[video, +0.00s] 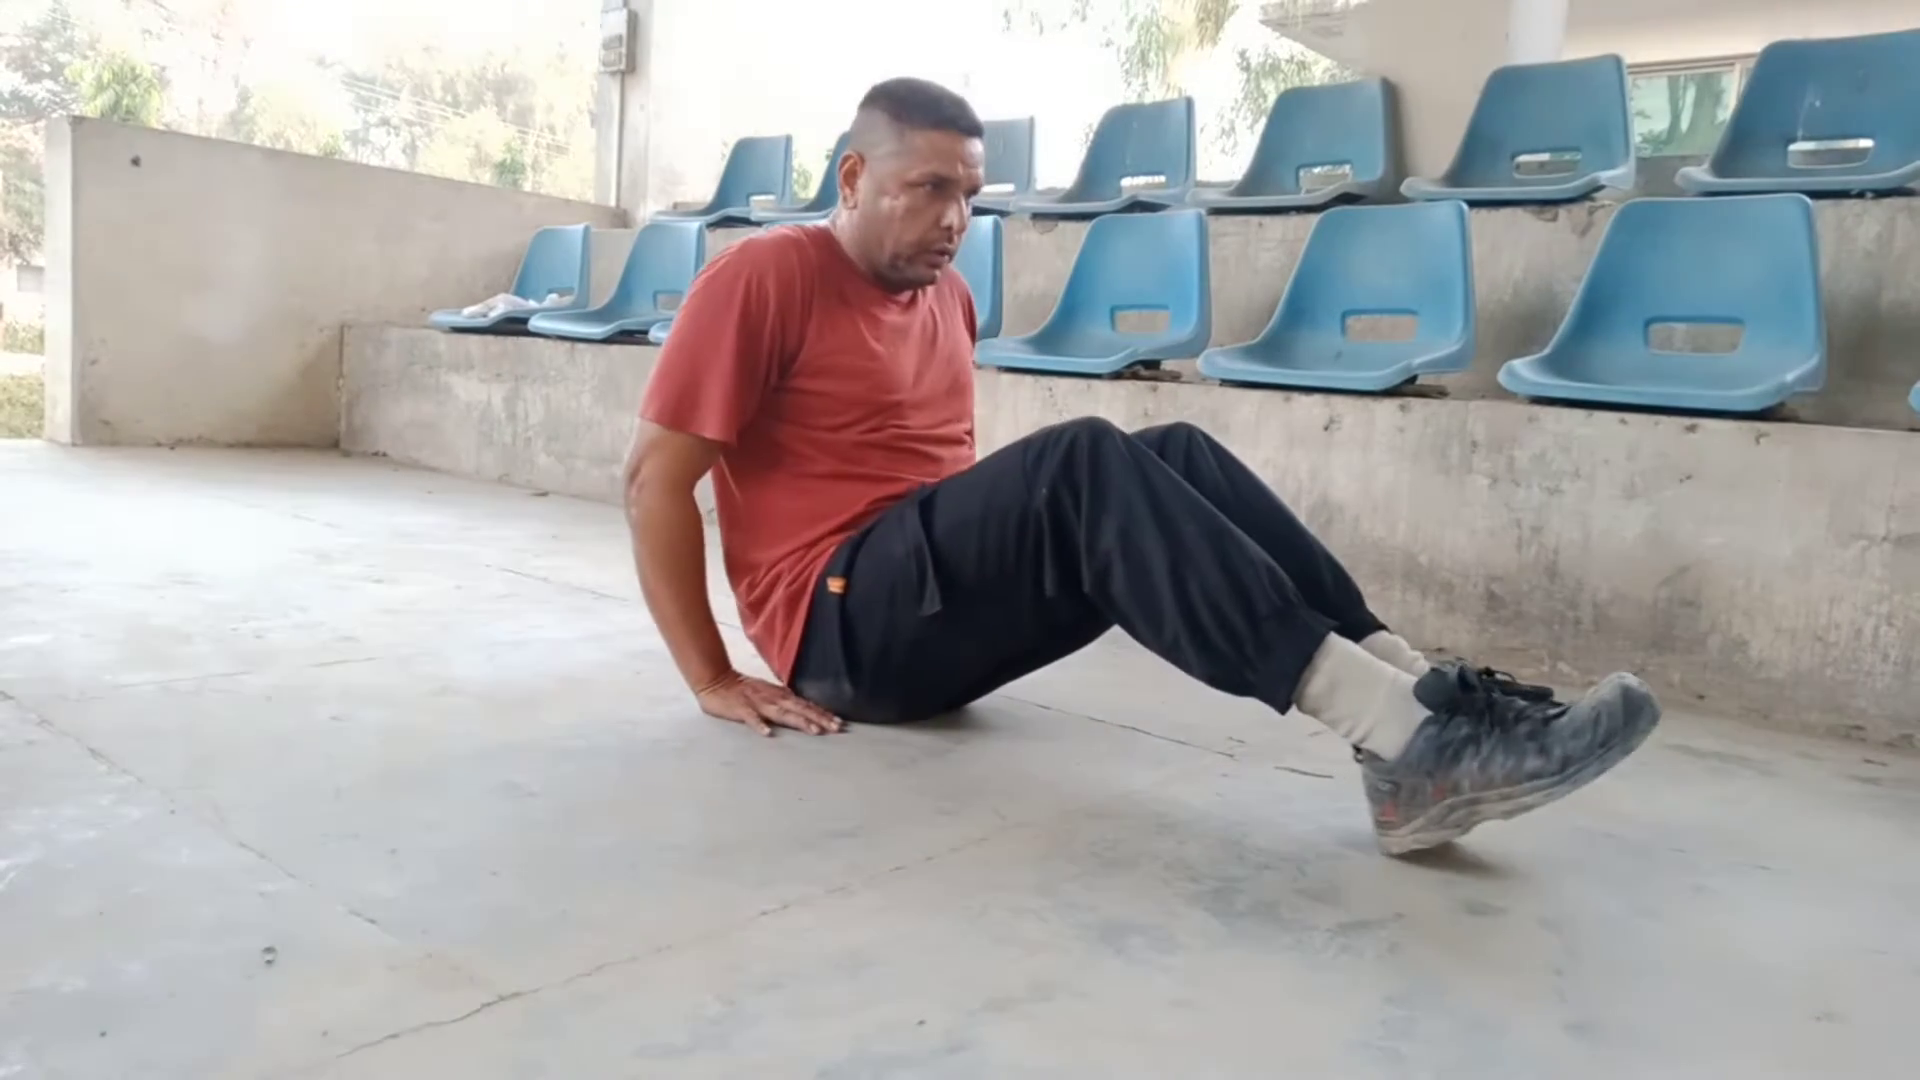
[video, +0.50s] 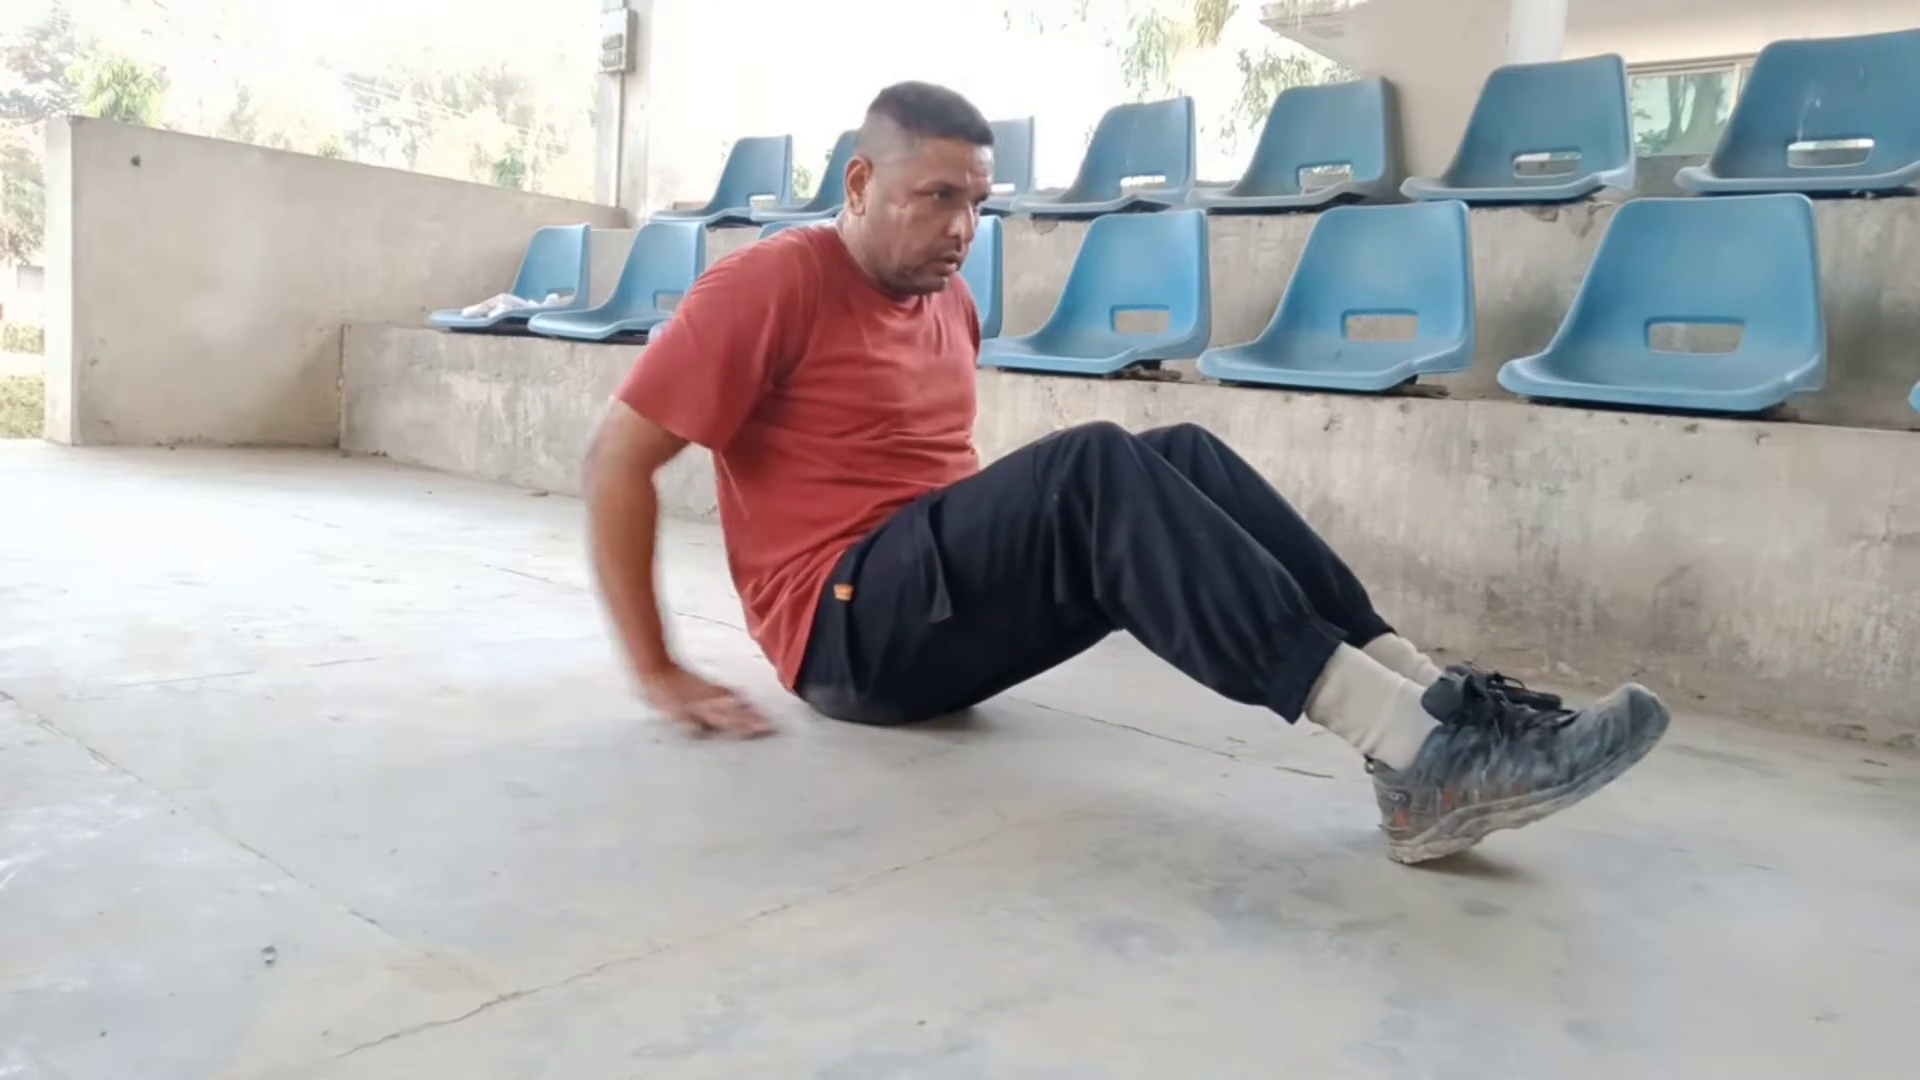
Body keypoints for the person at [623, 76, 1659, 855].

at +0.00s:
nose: (953, 218)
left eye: (966, 194)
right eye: (932, 190)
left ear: (966, 194)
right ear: (852, 179)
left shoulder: (944, 298)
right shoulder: (759, 278)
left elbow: (924, 470)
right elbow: (655, 479)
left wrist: (917, 636)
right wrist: (709, 680)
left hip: (930, 610)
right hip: (836, 624)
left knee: (1177, 457)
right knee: (1084, 462)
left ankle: (1443, 716)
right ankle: (1397, 746)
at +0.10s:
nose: (955, 221)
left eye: (967, 197)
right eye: (935, 193)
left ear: (962, 195)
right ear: (854, 180)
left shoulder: (945, 297)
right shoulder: (759, 278)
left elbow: (932, 465)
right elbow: (652, 481)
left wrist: (948, 614)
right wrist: (708, 678)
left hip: (936, 602)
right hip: (839, 619)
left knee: (1179, 456)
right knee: (1095, 470)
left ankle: (1447, 718)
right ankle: (1405, 758)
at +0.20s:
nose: (957, 220)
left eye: (968, 196)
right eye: (935, 194)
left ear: (965, 194)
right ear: (854, 183)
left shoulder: (947, 298)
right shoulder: (760, 281)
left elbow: (932, 466)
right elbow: (652, 482)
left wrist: (948, 617)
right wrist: (710, 679)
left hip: (937, 603)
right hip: (842, 620)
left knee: (1181, 458)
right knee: (1099, 471)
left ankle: (1449, 719)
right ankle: (1408, 758)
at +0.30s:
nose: (961, 224)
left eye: (974, 201)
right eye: (941, 197)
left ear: (972, 198)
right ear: (861, 184)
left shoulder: (948, 298)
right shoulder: (765, 282)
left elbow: (926, 466)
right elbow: (654, 483)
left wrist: (942, 612)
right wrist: (710, 680)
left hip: (936, 602)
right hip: (840, 620)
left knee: (1181, 458)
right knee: (1096, 471)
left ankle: (1451, 717)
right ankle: (1406, 759)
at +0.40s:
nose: (962, 227)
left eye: (975, 204)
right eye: (941, 199)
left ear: (974, 201)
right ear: (862, 186)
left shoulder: (948, 302)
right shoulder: (767, 287)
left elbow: (926, 467)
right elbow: (646, 477)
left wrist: (941, 612)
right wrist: (705, 676)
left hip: (938, 600)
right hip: (841, 619)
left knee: (1181, 458)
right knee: (1099, 471)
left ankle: (1450, 713)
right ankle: (1407, 757)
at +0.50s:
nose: (959, 226)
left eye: (973, 203)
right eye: (938, 198)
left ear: (973, 203)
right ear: (858, 187)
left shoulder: (946, 302)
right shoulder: (764, 286)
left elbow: (923, 463)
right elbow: (618, 461)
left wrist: (951, 607)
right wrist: (656, 674)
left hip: (936, 601)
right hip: (845, 618)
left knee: (1180, 456)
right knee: (1100, 472)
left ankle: (1452, 712)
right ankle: (1411, 764)